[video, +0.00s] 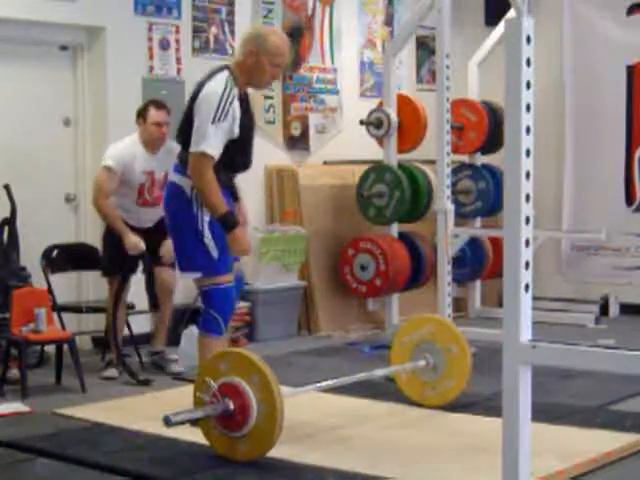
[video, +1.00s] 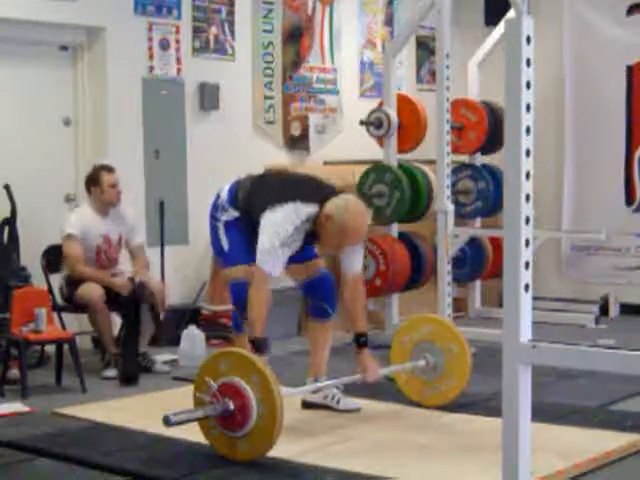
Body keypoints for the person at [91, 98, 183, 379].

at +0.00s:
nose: (163, 130)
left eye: (166, 125)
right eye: (156, 124)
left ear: (170, 126)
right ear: (140, 124)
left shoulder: (175, 154)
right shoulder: (120, 154)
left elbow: (183, 198)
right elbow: (101, 198)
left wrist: (175, 237)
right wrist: (126, 235)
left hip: (159, 225)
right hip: (123, 223)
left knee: (166, 281)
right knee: (117, 288)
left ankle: (159, 348)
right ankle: (115, 354)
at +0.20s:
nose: (166, 146)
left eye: (166, 139)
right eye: (159, 140)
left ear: (167, 139)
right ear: (140, 142)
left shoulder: (169, 166)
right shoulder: (117, 167)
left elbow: (168, 209)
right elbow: (100, 212)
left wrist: (161, 244)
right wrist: (126, 248)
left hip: (146, 230)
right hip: (114, 228)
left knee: (155, 287)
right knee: (115, 290)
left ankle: (148, 346)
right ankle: (113, 354)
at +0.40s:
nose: (168, 188)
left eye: (168, 181)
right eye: (162, 182)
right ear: (142, 184)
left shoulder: (166, 202)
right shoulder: (115, 204)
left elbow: (158, 240)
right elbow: (96, 248)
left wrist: (149, 276)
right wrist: (127, 277)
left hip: (129, 244)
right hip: (99, 243)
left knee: (157, 288)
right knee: (104, 295)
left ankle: (149, 348)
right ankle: (113, 357)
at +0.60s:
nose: (156, 209)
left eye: (157, 203)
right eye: (151, 204)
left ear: (157, 201)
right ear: (132, 205)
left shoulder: (159, 221)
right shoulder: (106, 223)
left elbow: (155, 254)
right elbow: (90, 265)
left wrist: (151, 282)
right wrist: (125, 285)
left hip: (128, 266)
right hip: (99, 268)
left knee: (162, 291)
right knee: (101, 296)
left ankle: (139, 350)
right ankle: (115, 356)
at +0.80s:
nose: (137, 208)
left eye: (137, 202)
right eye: (131, 203)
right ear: (112, 205)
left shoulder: (143, 226)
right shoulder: (94, 229)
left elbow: (152, 259)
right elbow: (86, 273)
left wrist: (150, 280)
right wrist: (122, 283)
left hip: (123, 280)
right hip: (94, 281)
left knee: (164, 294)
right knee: (100, 298)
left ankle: (142, 350)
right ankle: (114, 356)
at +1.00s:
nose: (119, 191)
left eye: (118, 185)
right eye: (112, 186)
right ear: (93, 191)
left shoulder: (124, 215)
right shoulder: (78, 219)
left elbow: (140, 256)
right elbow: (75, 267)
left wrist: (139, 279)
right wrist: (114, 282)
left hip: (117, 275)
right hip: (86, 278)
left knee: (157, 290)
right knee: (95, 294)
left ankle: (140, 349)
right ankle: (111, 354)